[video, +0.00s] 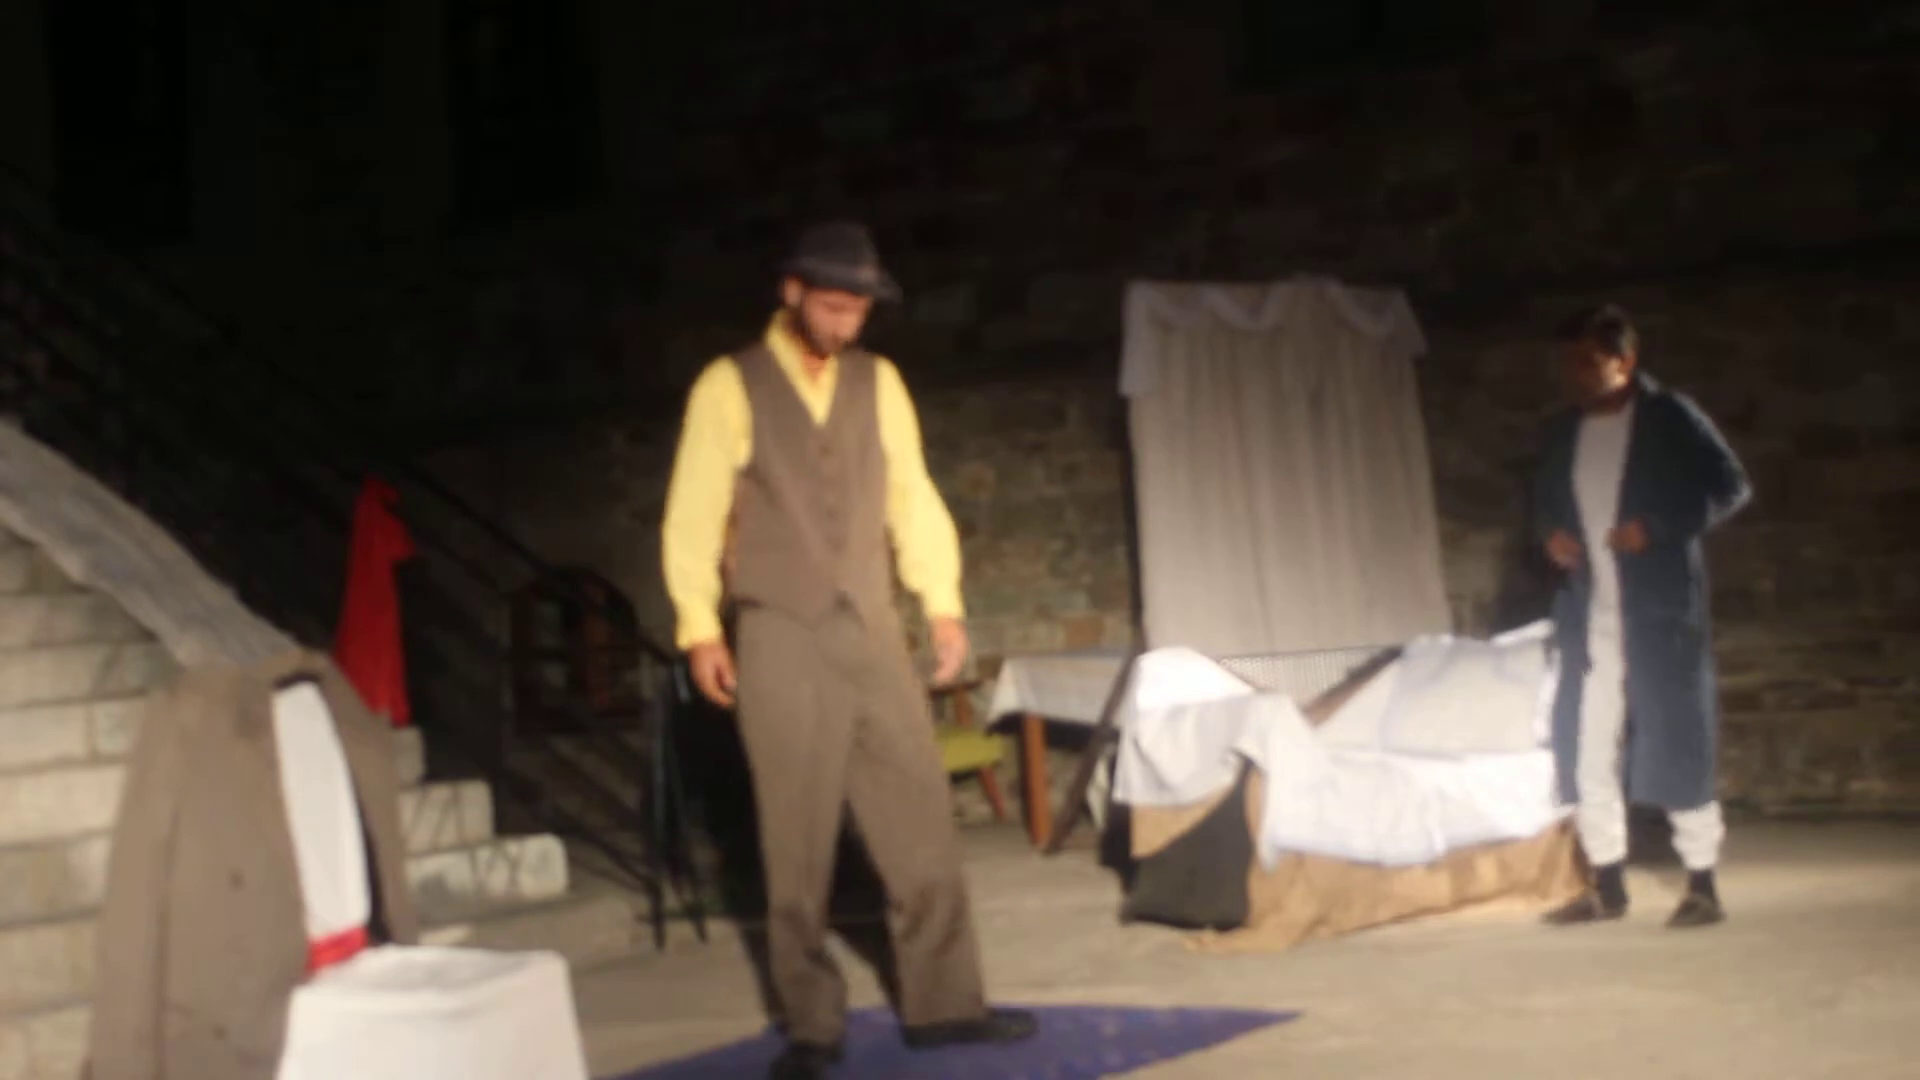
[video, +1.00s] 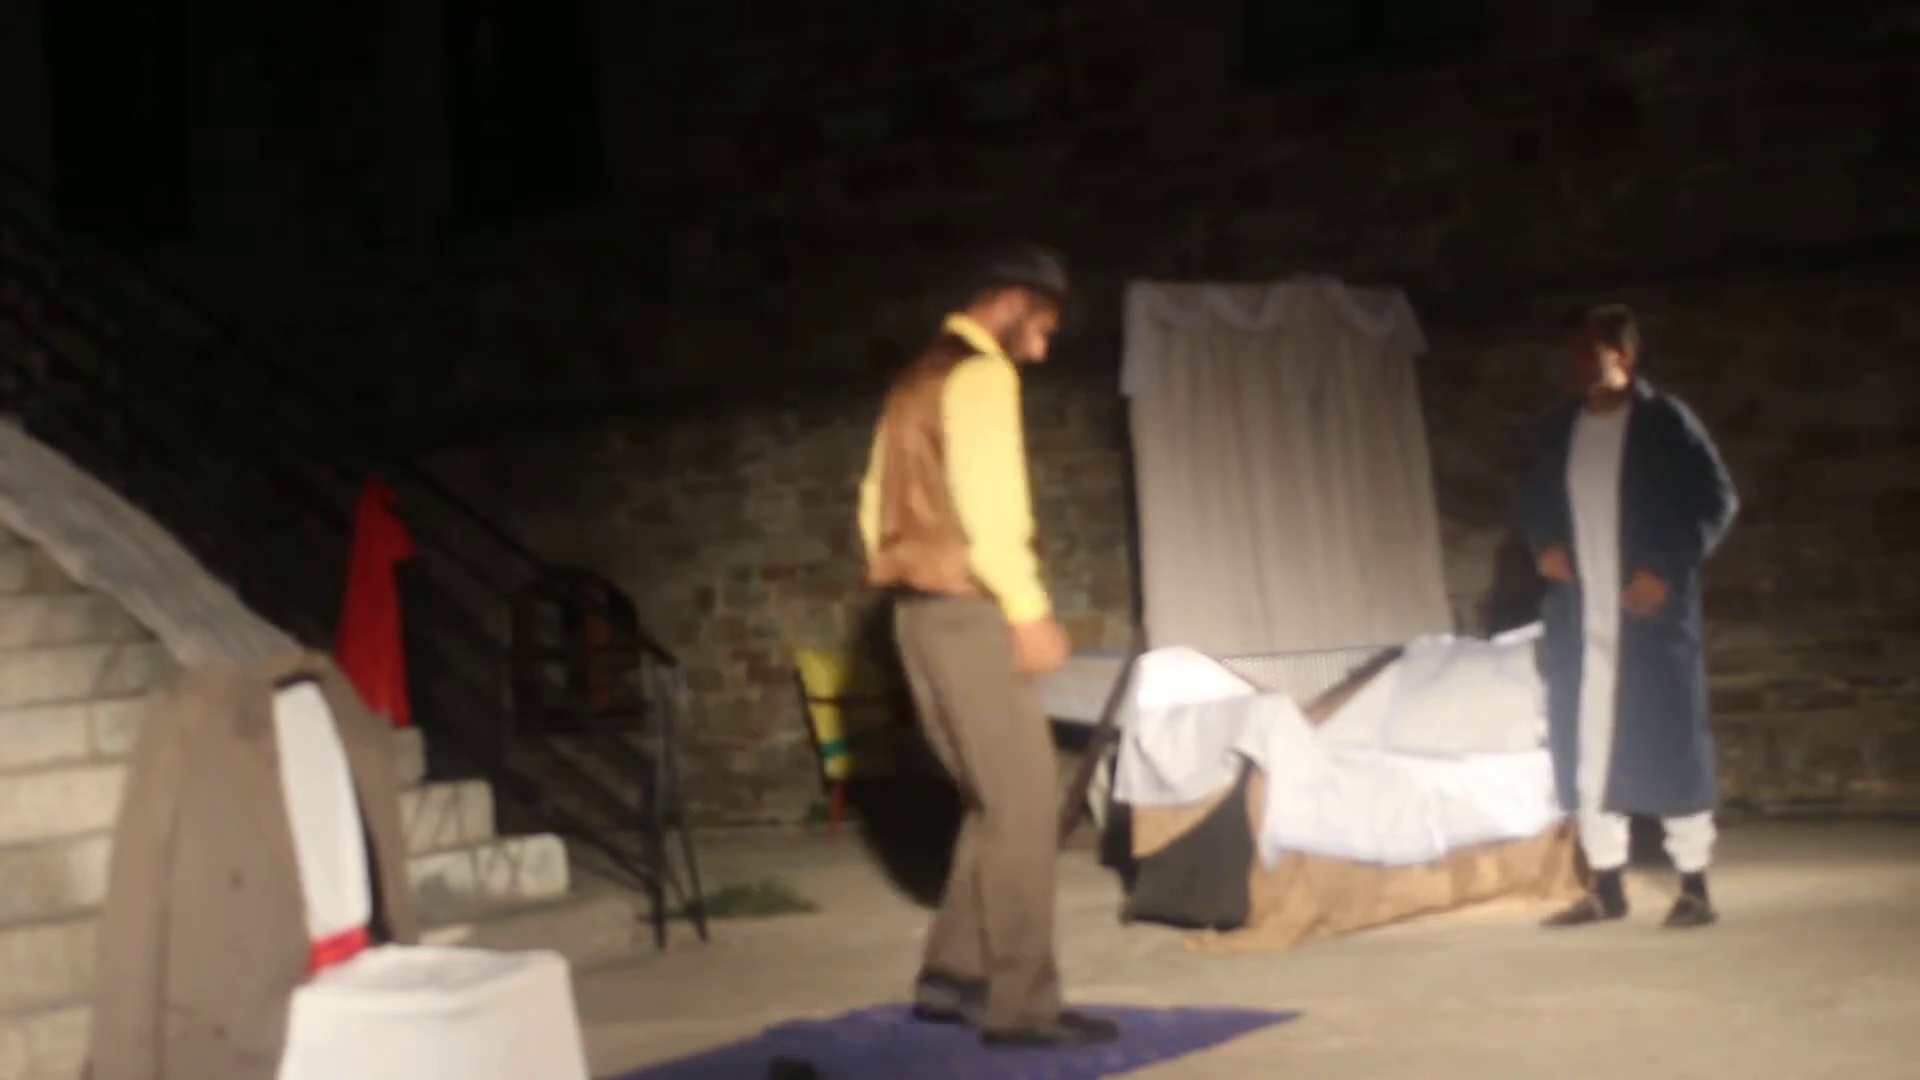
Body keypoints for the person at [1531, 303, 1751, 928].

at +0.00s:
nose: (1582, 373)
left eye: (1594, 361)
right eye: (1575, 362)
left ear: (1625, 361)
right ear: (1565, 366)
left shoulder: (1668, 415)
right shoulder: (1559, 431)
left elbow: (1729, 487)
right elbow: (1542, 500)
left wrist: (1657, 527)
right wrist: (1552, 535)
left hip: (1663, 615)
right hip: (1591, 617)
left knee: (1678, 736)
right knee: (1585, 741)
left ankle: (1702, 883)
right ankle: (1606, 883)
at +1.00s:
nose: (1593, 368)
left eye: (1603, 355)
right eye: (1584, 356)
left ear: (1628, 356)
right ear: (1571, 363)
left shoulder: (1667, 421)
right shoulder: (1554, 431)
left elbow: (1716, 503)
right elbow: (1530, 496)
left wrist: (1664, 571)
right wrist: (1545, 543)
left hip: (1655, 620)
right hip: (1579, 623)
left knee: (1674, 744)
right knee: (1586, 745)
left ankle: (1693, 885)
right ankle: (1607, 887)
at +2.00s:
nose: (1572, 370)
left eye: (1583, 358)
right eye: (1565, 358)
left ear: (1612, 360)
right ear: (1555, 365)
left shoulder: (1649, 422)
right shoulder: (1539, 435)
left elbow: (1705, 500)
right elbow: (1514, 508)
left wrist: (1635, 546)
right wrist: (1526, 541)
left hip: (1638, 618)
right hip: (1566, 619)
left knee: (1658, 740)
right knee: (1579, 743)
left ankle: (1686, 886)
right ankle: (1604, 887)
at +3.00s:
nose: (1567, 375)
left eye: (1578, 362)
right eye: (1560, 363)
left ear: (1605, 362)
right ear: (1550, 369)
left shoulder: (1644, 426)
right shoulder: (1534, 438)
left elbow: (1696, 506)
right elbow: (1512, 510)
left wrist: (1650, 575)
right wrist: (1527, 549)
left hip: (1638, 623)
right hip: (1561, 627)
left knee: (1657, 746)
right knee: (1575, 749)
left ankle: (1684, 886)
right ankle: (1603, 888)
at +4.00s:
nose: (1565, 414)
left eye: (1574, 400)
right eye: (1553, 403)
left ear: (1598, 385)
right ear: (1537, 400)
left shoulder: (1640, 427)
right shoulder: (1526, 446)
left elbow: (1700, 499)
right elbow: (1504, 516)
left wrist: (1669, 573)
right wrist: (1505, 570)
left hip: (1634, 628)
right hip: (1561, 634)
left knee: (1655, 754)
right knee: (1578, 761)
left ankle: (1681, 886)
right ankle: (1597, 890)